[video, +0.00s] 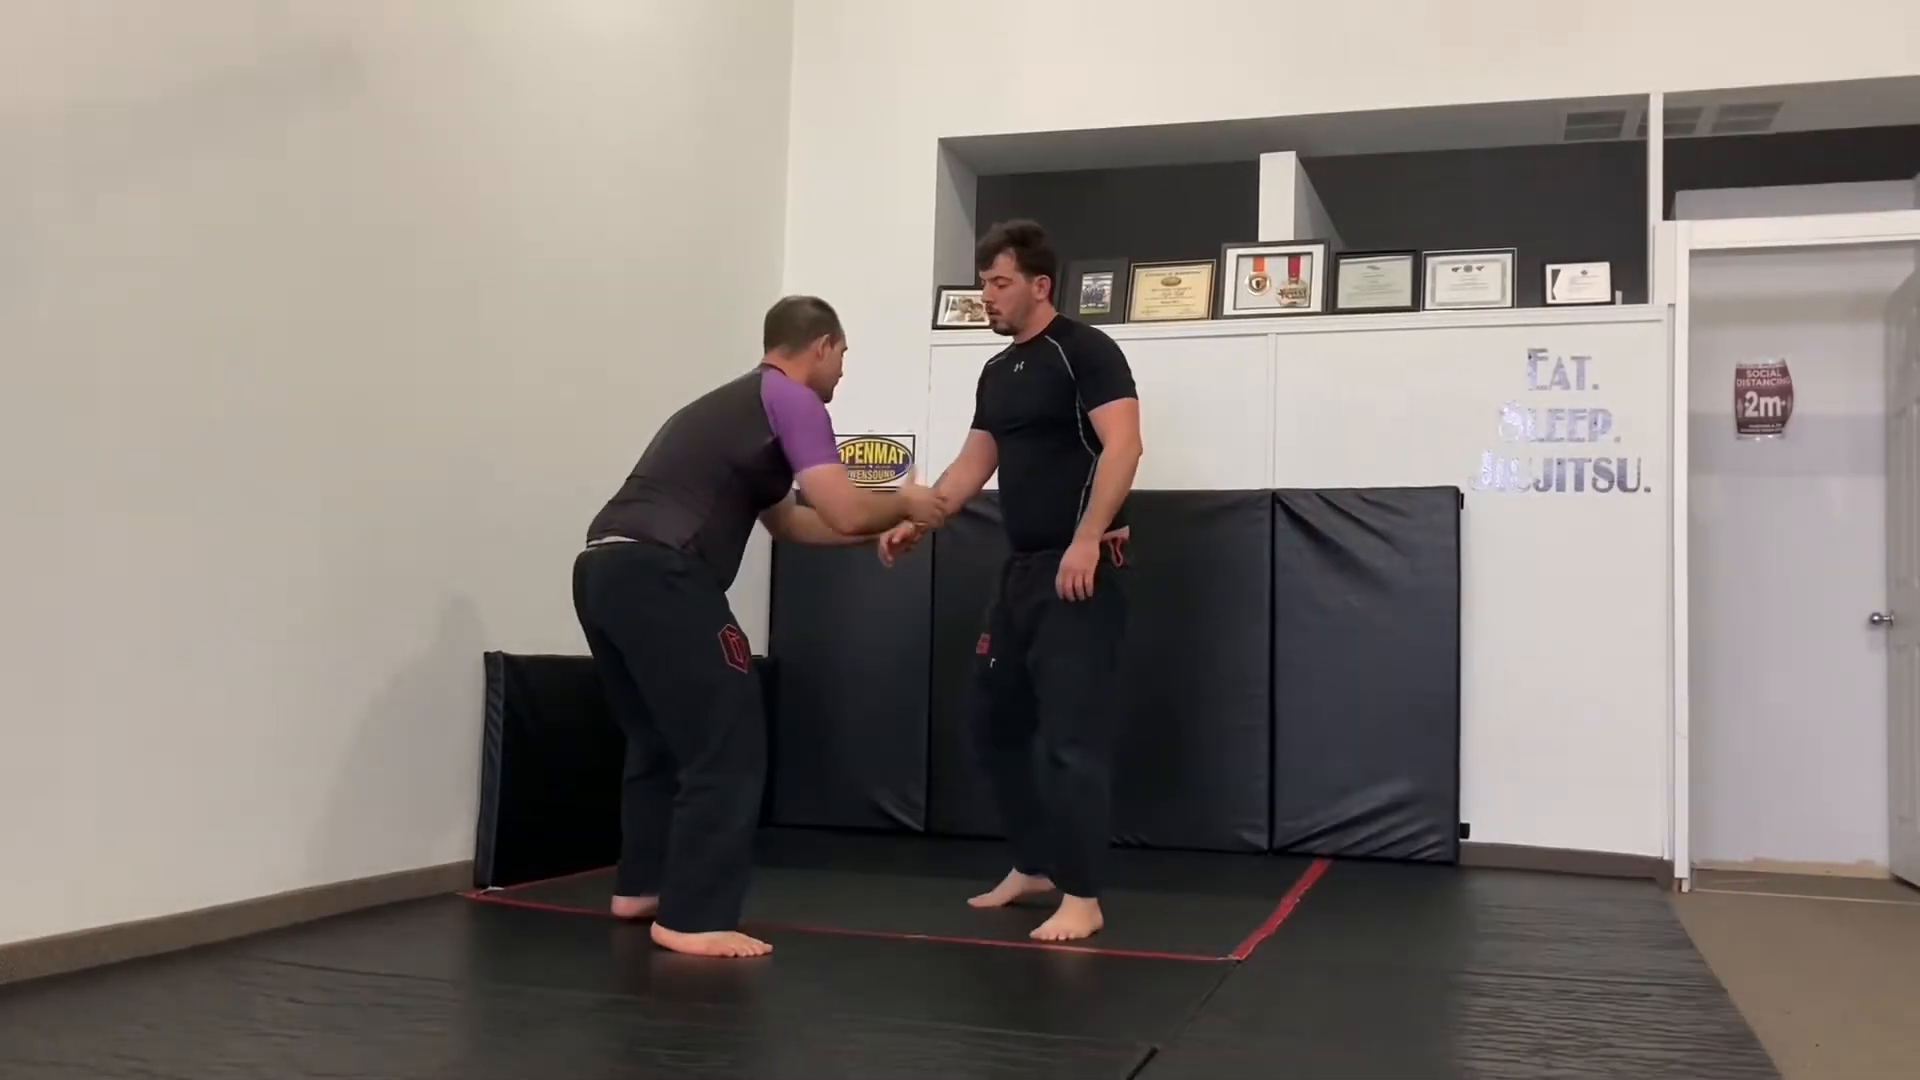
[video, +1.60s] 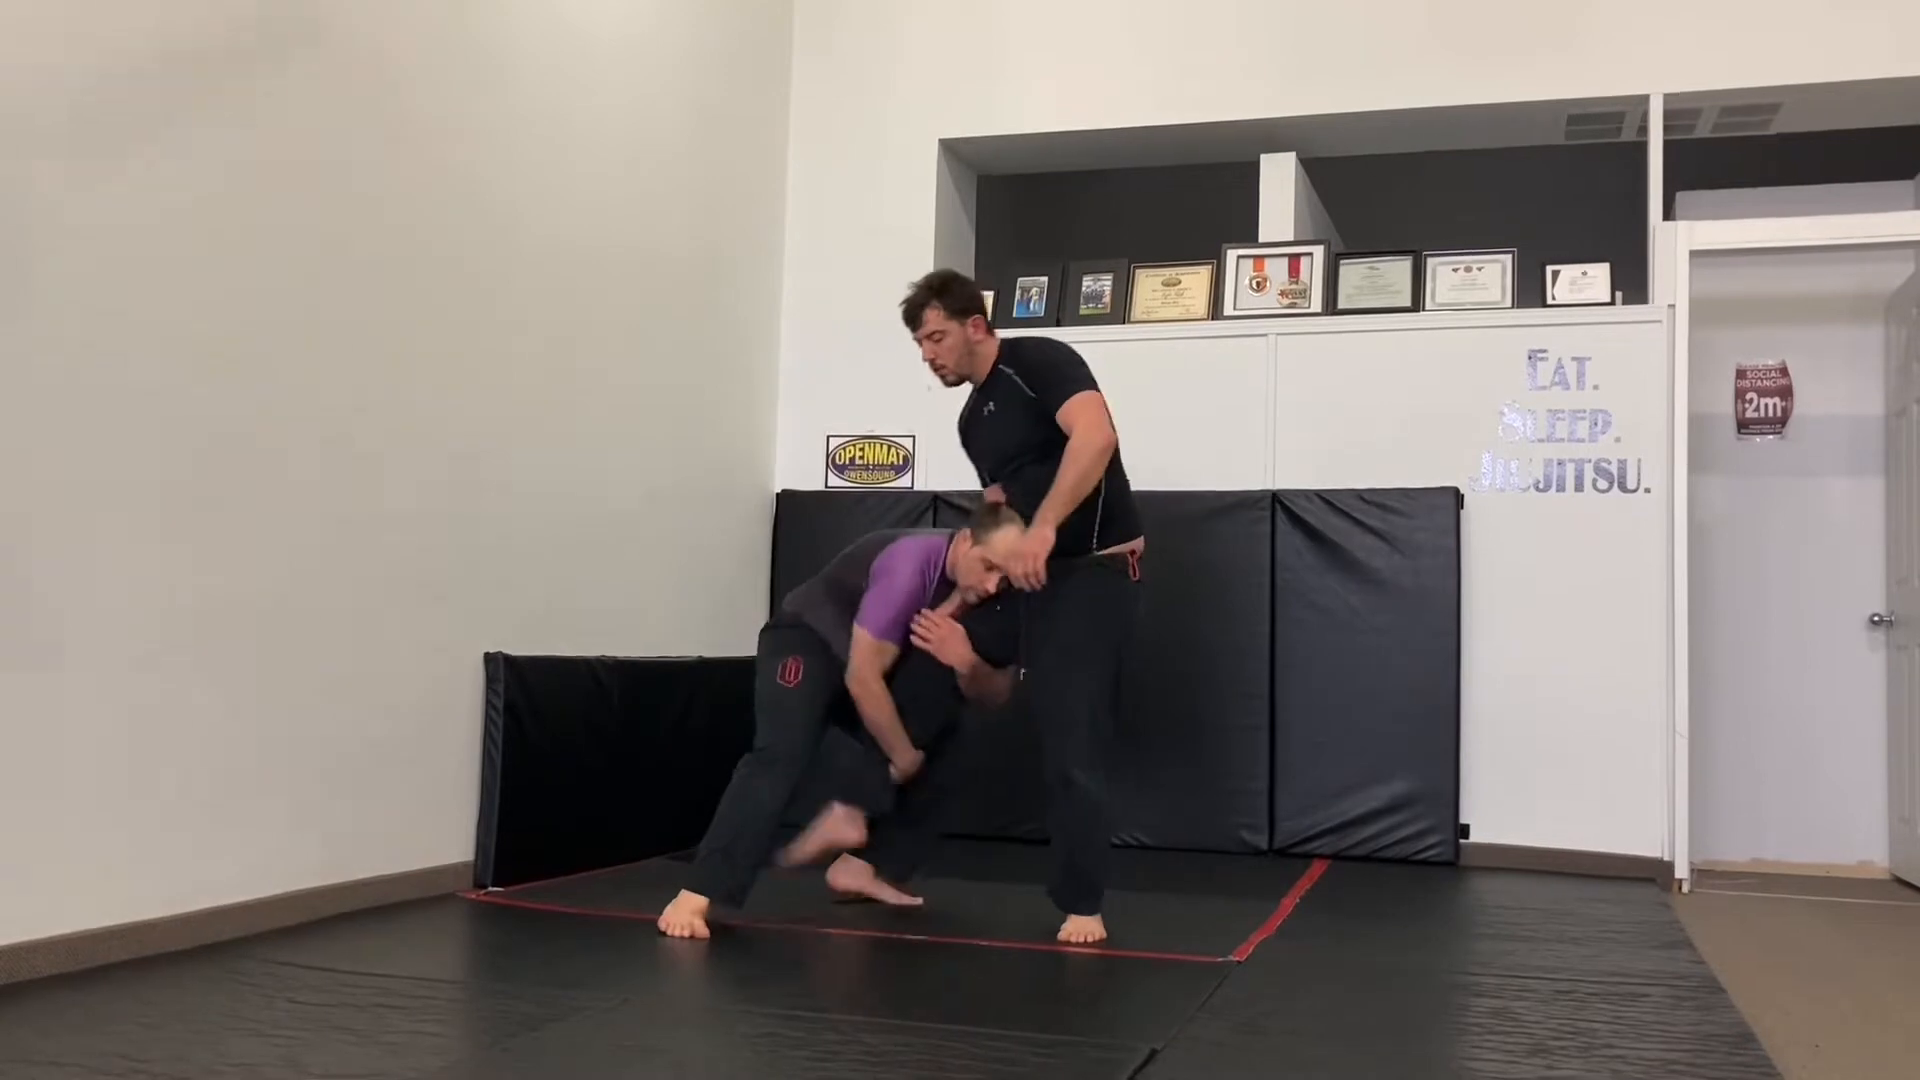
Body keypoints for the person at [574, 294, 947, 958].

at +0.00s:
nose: (841, 369)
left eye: (841, 356)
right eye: (840, 355)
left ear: (776, 349)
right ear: (821, 349)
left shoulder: (735, 403)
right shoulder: (792, 399)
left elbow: (788, 523)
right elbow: (849, 510)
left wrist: (879, 527)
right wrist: (907, 499)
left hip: (602, 571)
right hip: (660, 576)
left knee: (656, 737)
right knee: (729, 738)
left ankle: (639, 886)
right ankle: (694, 919)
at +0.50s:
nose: (851, 433)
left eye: (855, 420)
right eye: (850, 417)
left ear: (801, 400)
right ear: (816, 401)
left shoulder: (735, 438)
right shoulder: (790, 440)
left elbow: (728, 557)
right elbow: (864, 532)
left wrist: (807, 561)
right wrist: (921, 504)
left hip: (575, 574)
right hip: (627, 581)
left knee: (614, 735)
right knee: (699, 727)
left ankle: (583, 887)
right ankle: (665, 898)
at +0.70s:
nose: (893, 482)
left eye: (900, 471)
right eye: (889, 467)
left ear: (843, 442)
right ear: (851, 444)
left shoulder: (791, 464)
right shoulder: (814, 473)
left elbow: (763, 570)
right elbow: (869, 571)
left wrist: (797, 634)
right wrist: (912, 514)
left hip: (627, 591)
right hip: (644, 597)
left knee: (687, 729)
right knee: (720, 733)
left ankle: (609, 849)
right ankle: (668, 896)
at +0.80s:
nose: (911, 512)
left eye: (919, 501)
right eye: (906, 497)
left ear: (862, 469)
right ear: (868, 471)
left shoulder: (818, 491)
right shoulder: (827, 497)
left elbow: (802, 608)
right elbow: (874, 600)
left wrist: (837, 678)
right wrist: (914, 531)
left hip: (683, 604)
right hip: (659, 602)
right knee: (736, 739)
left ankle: (683, 841)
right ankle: (670, 895)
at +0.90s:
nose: (931, 550)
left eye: (939, 539)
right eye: (925, 533)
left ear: (894, 502)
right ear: (890, 504)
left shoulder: (868, 528)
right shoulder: (846, 528)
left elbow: (859, 640)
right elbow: (867, 644)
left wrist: (893, 703)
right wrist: (912, 570)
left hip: (732, 623)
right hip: (682, 614)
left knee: (806, 726)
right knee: (750, 747)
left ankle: (810, 859)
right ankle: (672, 895)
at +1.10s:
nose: (970, 611)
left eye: (980, 602)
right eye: (965, 596)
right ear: (932, 566)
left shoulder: (928, 594)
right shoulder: (879, 595)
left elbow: (951, 668)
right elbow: (848, 724)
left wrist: (1003, 730)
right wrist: (943, 727)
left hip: (803, 674)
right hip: (741, 662)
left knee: (892, 741)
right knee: (799, 766)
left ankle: (848, 874)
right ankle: (696, 896)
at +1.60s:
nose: (994, 586)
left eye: (1006, 578)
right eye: (990, 568)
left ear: (1014, 576)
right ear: (963, 543)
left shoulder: (994, 598)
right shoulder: (908, 565)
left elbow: (999, 693)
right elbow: (861, 676)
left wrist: (969, 663)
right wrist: (904, 756)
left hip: (877, 666)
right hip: (807, 639)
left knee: (941, 737)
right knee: (781, 756)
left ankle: (865, 861)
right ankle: (697, 895)